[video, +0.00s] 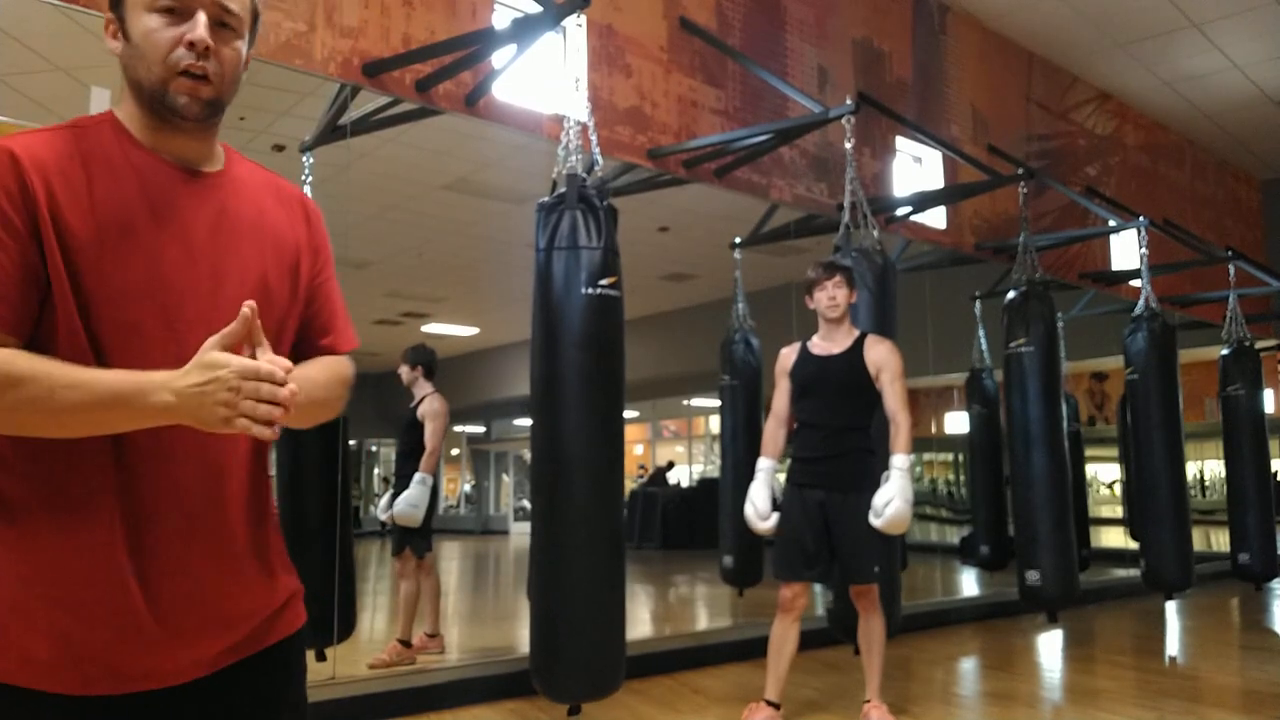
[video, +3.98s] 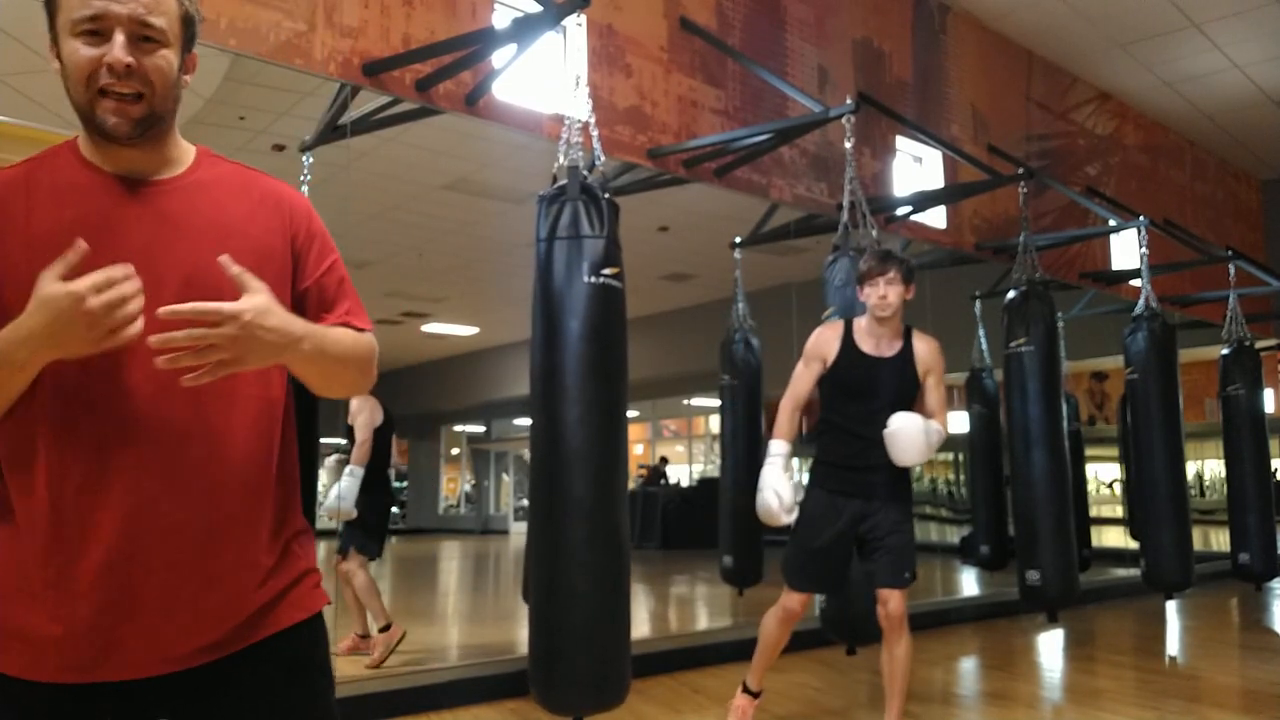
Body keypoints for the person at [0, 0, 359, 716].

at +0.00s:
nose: (200, 36)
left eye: (225, 24)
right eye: (172, 11)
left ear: (246, 59)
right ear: (115, 30)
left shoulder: (291, 212)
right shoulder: (26, 173)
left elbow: (335, 367)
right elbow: (4, 374)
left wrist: (277, 393)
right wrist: (172, 395)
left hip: (246, 643)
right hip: (55, 657)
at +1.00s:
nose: (190, 73)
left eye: (218, 56)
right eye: (167, 46)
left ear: (246, 83)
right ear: (122, 58)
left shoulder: (309, 224)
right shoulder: (27, 199)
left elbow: (361, 397)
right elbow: (0, 374)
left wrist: (318, 343)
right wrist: (131, 377)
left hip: (259, 642)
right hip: (61, 640)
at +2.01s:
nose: (197, 103)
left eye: (224, 85)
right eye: (176, 73)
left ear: (250, 106)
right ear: (131, 77)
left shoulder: (292, 243)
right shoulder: (30, 208)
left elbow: (339, 410)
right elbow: (2, 380)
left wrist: (316, 374)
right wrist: (143, 404)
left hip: (235, 648)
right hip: (50, 651)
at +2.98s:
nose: (284, 108)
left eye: (312, 93)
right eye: (267, 77)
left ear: (335, 117)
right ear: (221, 80)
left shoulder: (367, 252)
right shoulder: (111, 209)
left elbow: (407, 412)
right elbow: (35, 383)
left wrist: (325, 351)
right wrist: (189, 397)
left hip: (290, 645)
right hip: (109, 637)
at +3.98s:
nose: (119, 58)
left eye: (147, 38)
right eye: (93, 33)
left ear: (186, 63)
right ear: (56, 53)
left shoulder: (278, 211)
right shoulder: (7, 206)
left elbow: (360, 368)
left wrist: (291, 341)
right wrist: (28, 343)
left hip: (256, 639)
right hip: (48, 651)